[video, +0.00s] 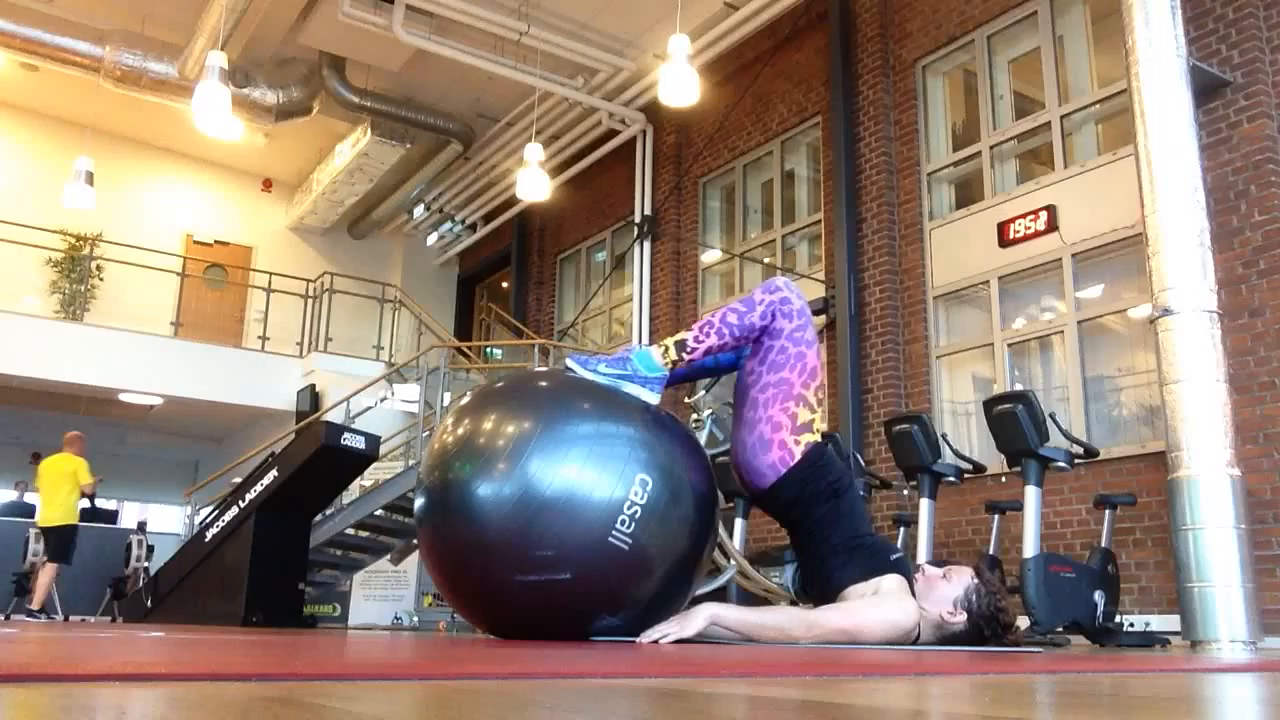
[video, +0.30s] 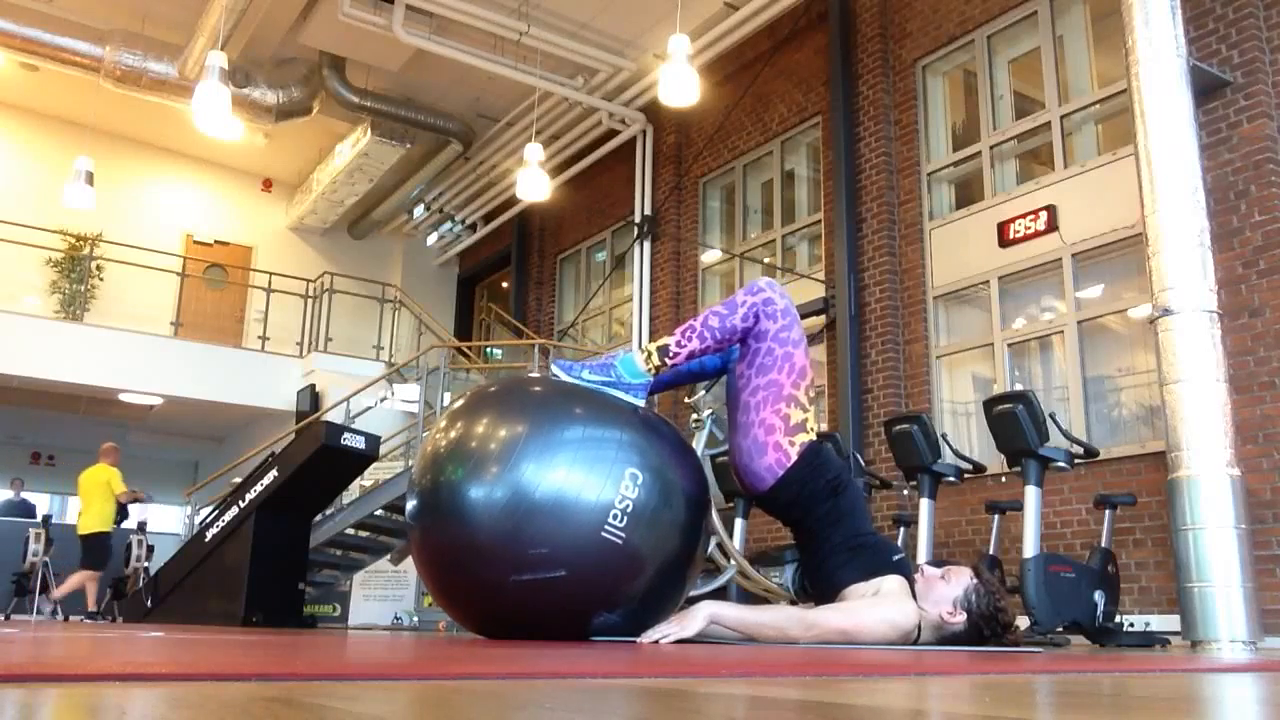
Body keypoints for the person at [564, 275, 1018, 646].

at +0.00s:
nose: (934, 564)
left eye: (946, 576)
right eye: (948, 567)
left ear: (947, 612)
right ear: (945, 611)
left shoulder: (894, 611)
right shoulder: (903, 603)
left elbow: (807, 626)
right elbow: (808, 623)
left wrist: (713, 615)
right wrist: (721, 616)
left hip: (779, 461)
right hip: (802, 458)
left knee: (782, 297)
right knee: (787, 303)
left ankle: (649, 368)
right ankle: (658, 373)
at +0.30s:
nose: (935, 564)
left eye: (946, 577)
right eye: (948, 567)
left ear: (947, 612)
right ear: (946, 609)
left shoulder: (894, 612)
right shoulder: (902, 597)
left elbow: (807, 624)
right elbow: (805, 620)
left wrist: (710, 613)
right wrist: (716, 613)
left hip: (774, 462)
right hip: (798, 458)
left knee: (769, 299)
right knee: (776, 310)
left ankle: (636, 370)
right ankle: (648, 380)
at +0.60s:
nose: (934, 566)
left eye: (946, 576)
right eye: (947, 569)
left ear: (947, 612)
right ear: (946, 612)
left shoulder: (894, 613)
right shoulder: (905, 607)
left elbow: (799, 625)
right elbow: (804, 621)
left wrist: (709, 614)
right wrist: (716, 618)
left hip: (783, 460)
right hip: (808, 461)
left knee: (802, 295)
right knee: (806, 307)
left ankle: (673, 365)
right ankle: (687, 371)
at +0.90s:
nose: (935, 564)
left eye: (947, 576)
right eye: (949, 567)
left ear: (947, 612)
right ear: (945, 610)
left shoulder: (895, 612)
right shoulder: (905, 600)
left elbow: (806, 625)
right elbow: (806, 620)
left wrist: (712, 613)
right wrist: (718, 615)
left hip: (780, 458)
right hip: (805, 454)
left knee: (780, 296)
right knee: (785, 306)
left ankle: (644, 357)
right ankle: (650, 365)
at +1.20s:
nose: (938, 570)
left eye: (949, 582)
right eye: (952, 571)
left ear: (945, 617)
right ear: (945, 602)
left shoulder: (892, 611)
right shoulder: (897, 595)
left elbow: (806, 627)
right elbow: (810, 619)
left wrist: (710, 613)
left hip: (765, 473)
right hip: (784, 461)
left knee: (688, 327)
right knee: (695, 336)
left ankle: (551, 364)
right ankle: (569, 375)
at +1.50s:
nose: (940, 567)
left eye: (951, 581)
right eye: (953, 570)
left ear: (945, 616)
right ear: (945, 598)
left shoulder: (890, 612)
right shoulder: (888, 593)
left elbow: (799, 624)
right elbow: (797, 620)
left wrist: (706, 615)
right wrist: (711, 619)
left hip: (752, 484)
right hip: (765, 470)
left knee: (644, 375)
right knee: (652, 374)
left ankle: (489, 367)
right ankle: (518, 384)